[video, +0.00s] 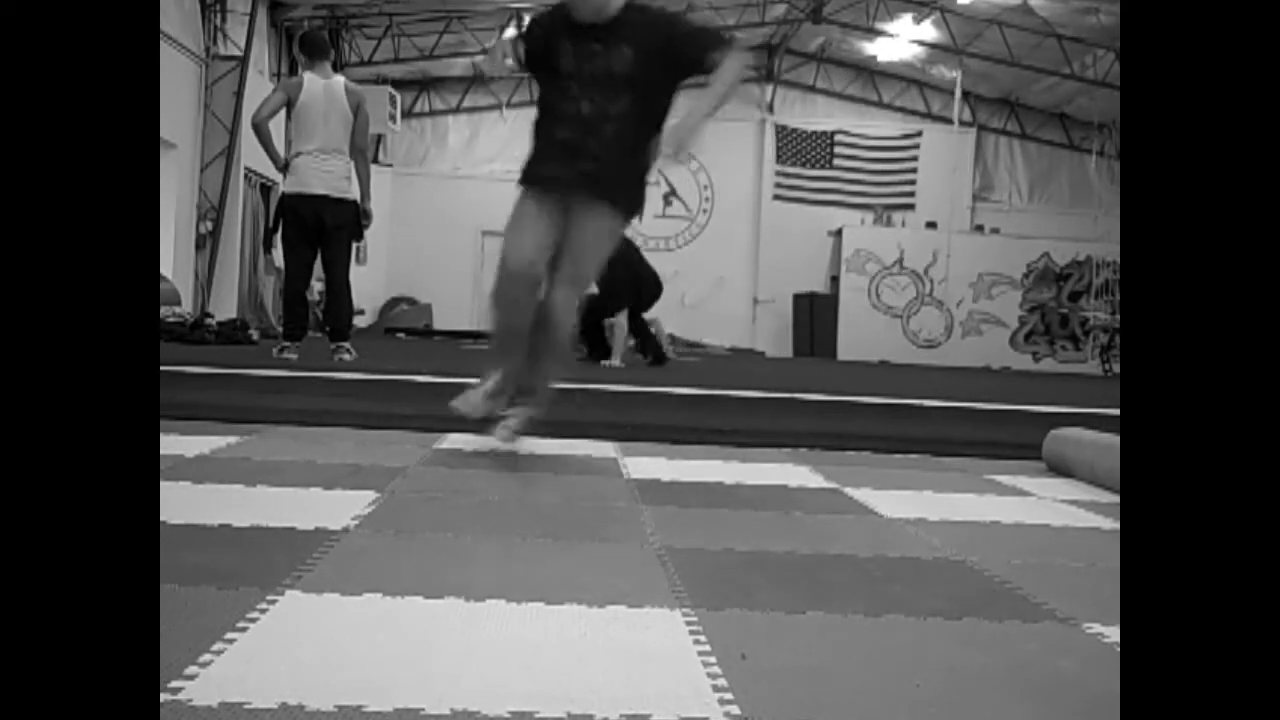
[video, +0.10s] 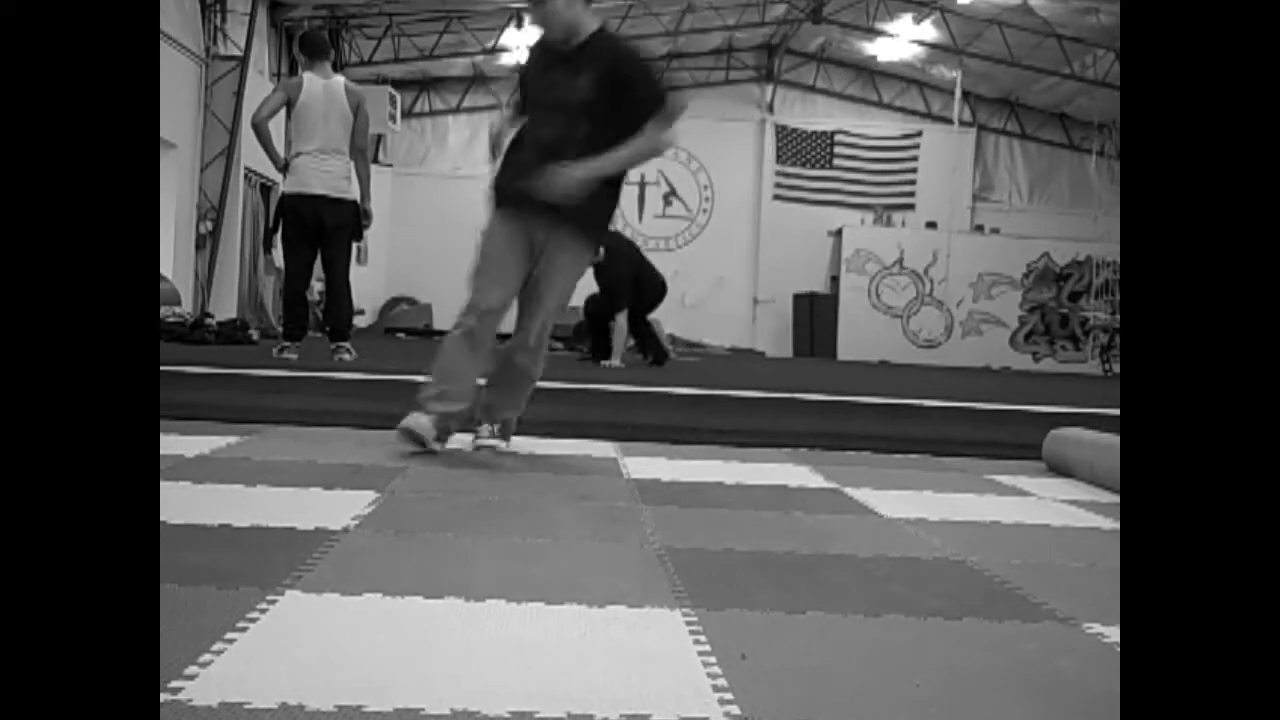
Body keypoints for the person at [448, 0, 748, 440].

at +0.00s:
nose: (579, 8)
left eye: (587, 4)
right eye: (574, 5)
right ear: (568, 0)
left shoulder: (655, 28)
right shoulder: (552, 26)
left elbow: (734, 59)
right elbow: (507, 59)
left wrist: (687, 128)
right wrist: (495, 60)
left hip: (610, 183)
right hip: (548, 174)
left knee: (562, 294)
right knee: (515, 269)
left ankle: (530, 405)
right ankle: (505, 374)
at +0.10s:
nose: (536, 18)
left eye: (542, 7)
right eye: (534, 10)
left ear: (577, 5)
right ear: (546, 10)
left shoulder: (621, 60)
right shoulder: (542, 53)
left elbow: (660, 134)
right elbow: (522, 106)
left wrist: (586, 170)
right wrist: (501, 131)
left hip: (576, 218)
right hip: (518, 202)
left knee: (534, 328)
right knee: (483, 307)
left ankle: (497, 421)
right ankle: (437, 413)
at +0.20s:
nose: (511, 24)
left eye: (515, 12)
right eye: (508, 15)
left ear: (545, 4)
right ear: (527, 10)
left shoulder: (592, 55)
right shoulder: (527, 53)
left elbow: (583, 141)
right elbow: (530, 136)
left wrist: (510, 109)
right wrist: (497, 185)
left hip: (562, 211)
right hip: (509, 197)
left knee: (518, 316)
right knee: (466, 292)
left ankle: (509, 412)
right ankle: (455, 409)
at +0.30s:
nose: (487, 24)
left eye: (493, 11)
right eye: (485, 15)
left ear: (526, 6)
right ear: (518, 11)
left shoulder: (565, 53)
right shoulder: (518, 61)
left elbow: (513, 113)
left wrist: (457, 62)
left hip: (554, 212)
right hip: (501, 205)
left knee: (490, 296)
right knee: (453, 299)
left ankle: (560, 392)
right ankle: (480, 427)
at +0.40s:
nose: (478, 21)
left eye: (480, 9)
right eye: (475, 13)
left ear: (512, 2)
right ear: (516, 5)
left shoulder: (546, 43)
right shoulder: (527, 52)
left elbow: (505, 111)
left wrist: (435, 120)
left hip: (545, 204)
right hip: (506, 203)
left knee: (483, 299)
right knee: (462, 306)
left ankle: (557, 403)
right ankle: (482, 426)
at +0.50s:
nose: (486, 11)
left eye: (485, 5)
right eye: (485, 6)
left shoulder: (535, 22)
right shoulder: (548, 23)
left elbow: (538, 108)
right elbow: (539, 110)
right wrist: (474, 120)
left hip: (544, 193)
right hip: (559, 195)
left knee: (479, 288)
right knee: (488, 288)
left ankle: (492, 413)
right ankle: (514, 401)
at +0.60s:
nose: (494, 12)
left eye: (495, 5)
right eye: (492, 7)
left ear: (511, 1)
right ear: (530, 0)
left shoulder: (547, 31)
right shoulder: (525, 47)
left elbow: (599, 101)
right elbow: (478, 100)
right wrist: (446, 63)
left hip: (533, 197)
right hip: (571, 209)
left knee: (459, 300)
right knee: (497, 307)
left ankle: (462, 432)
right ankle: (573, 378)